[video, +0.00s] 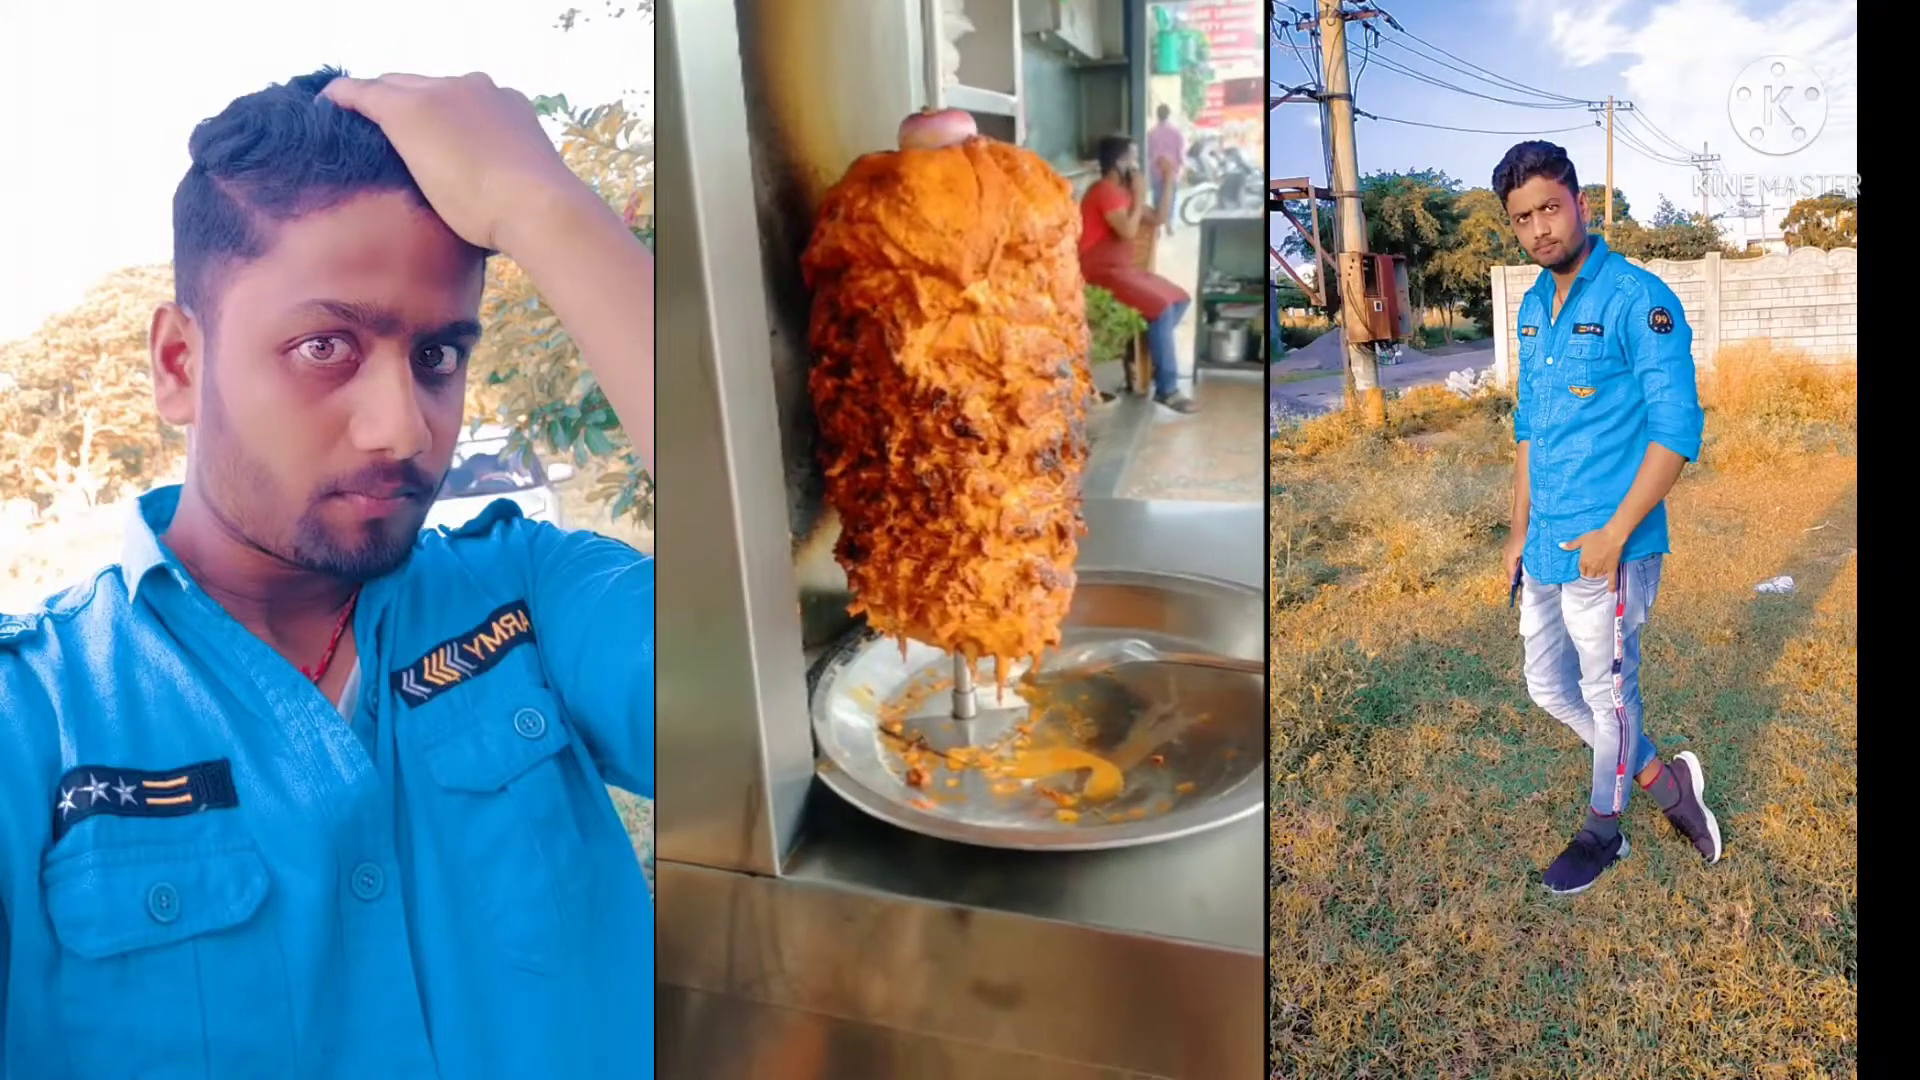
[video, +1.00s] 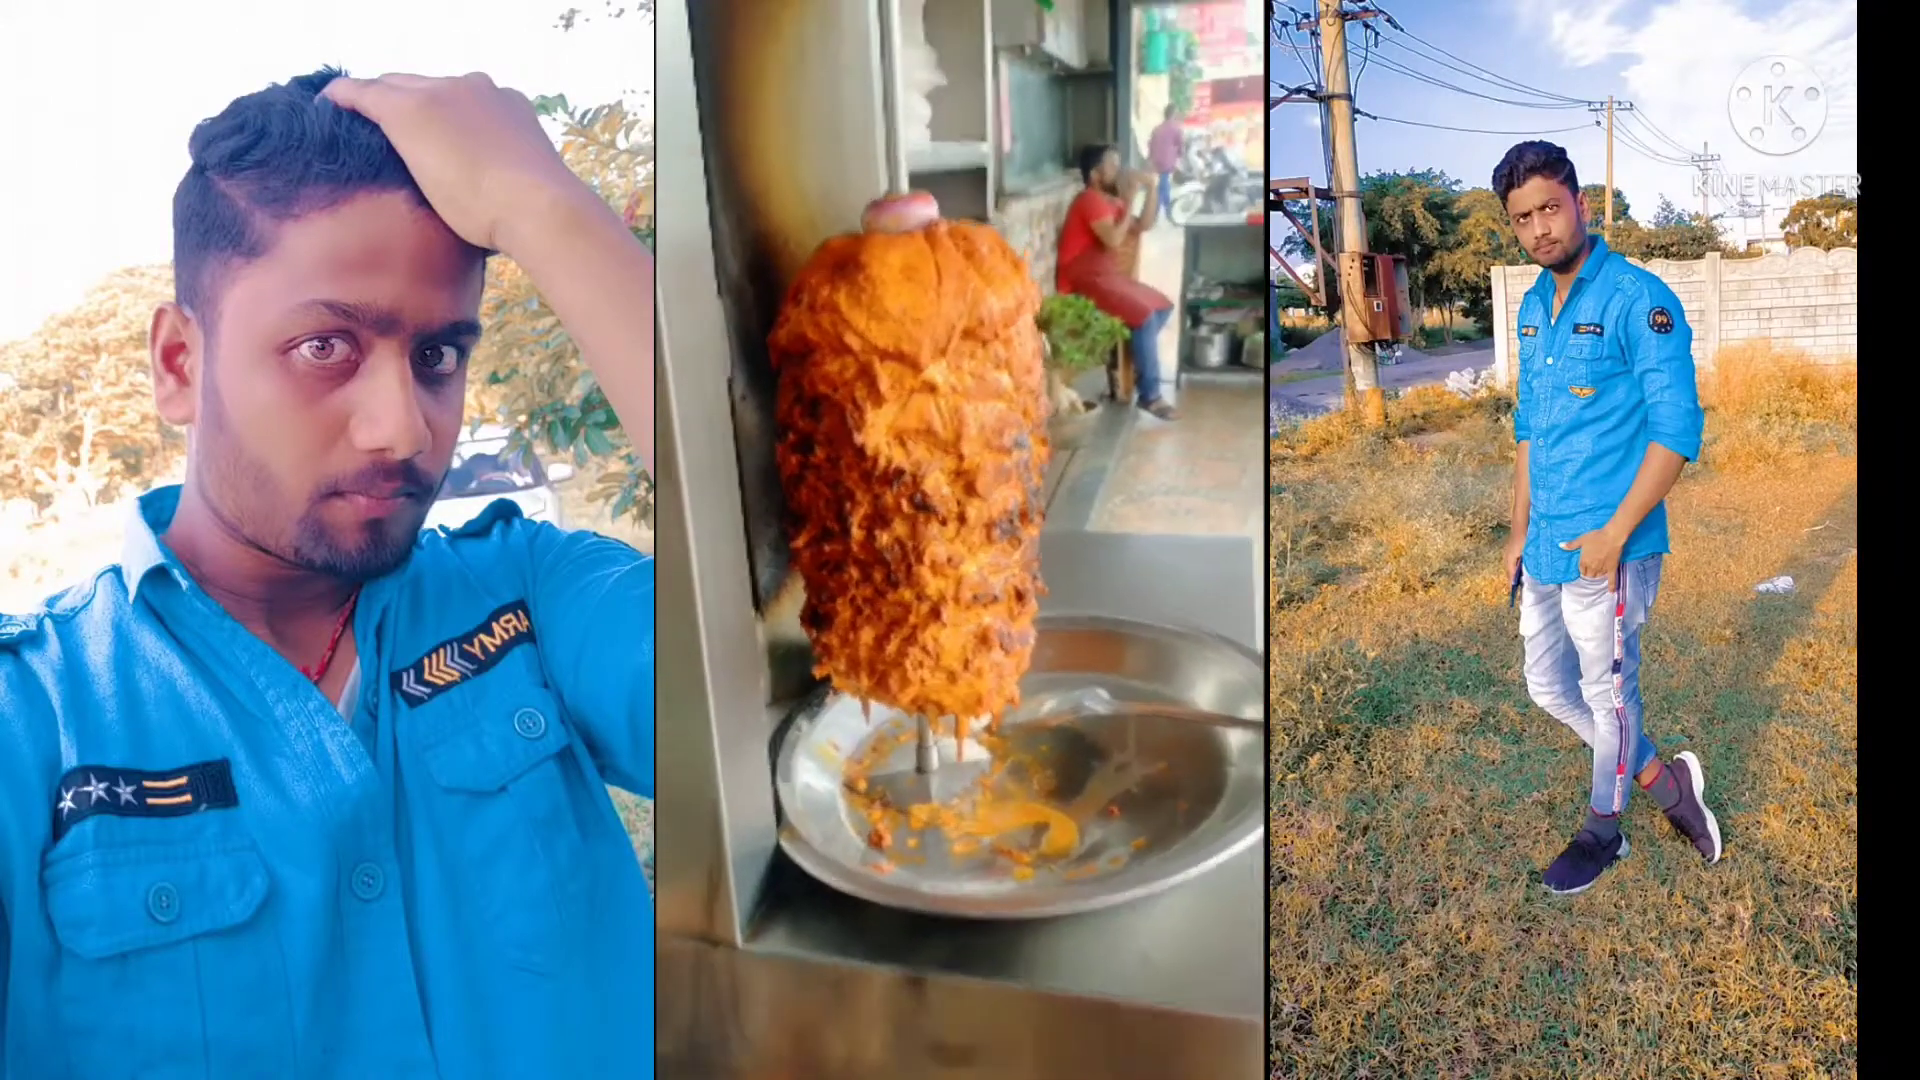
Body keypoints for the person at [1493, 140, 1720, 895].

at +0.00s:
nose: (1538, 228)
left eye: (1549, 208)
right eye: (1522, 218)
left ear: (1581, 203)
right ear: (1513, 228)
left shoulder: (1640, 298)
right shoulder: (1534, 307)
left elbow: (1678, 431)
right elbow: (1529, 431)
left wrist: (1615, 532)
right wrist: (1520, 530)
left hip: (1611, 536)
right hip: (1544, 538)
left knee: (1610, 689)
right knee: (1548, 684)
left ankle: (1602, 828)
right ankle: (1666, 778)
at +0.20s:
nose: (1538, 228)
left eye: (1549, 208)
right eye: (1522, 218)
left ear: (1581, 203)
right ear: (1513, 228)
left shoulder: (1640, 298)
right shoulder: (1534, 307)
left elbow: (1678, 431)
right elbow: (1529, 431)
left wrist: (1615, 532)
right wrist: (1520, 530)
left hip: (1611, 536)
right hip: (1544, 538)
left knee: (1610, 689)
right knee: (1548, 684)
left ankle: (1602, 828)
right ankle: (1666, 778)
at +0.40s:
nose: (1538, 228)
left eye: (1549, 208)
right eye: (1522, 218)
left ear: (1581, 203)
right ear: (1513, 228)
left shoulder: (1640, 298)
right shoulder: (1534, 307)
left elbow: (1678, 431)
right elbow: (1529, 431)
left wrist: (1615, 532)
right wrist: (1520, 530)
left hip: (1611, 536)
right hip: (1544, 538)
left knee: (1610, 689)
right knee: (1548, 684)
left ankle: (1602, 828)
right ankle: (1666, 778)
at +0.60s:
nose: (1538, 228)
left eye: (1549, 208)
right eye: (1522, 218)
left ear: (1581, 203)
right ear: (1513, 228)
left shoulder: (1640, 298)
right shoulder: (1534, 307)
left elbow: (1678, 431)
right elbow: (1529, 431)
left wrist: (1615, 532)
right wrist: (1520, 530)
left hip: (1611, 536)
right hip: (1544, 538)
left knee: (1610, 689)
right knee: (1548, 684)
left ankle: (1602, 828)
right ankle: (1666, 778)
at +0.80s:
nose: (1538, 228)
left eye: (1549, 208)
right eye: (1522, 218)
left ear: (1581, 203)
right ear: (1513, 228)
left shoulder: (1640, 298)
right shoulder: (1534, 307)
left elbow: (1678, 431)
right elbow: (1529, 431)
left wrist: (1615, 532)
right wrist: (1520, 530)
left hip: (1611, 536)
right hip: (1544, 538)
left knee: (1610, 689)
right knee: (1548, 684)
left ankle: (1602, 828)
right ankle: (1666, 778)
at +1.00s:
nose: (1538, 228)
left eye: (1549, 208)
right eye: (1522, 218)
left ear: (1581, 203)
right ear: (1513, 228)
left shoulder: (1640, 298)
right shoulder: (1534, 307)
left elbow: (1678, 431)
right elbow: (1529, 431)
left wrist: (1615, 532)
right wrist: (1520, 530)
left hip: (1611, 536)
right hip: (1544, 538)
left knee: (1610, 689)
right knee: (1548, 684)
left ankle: (1602, 828)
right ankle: (1666, 778)